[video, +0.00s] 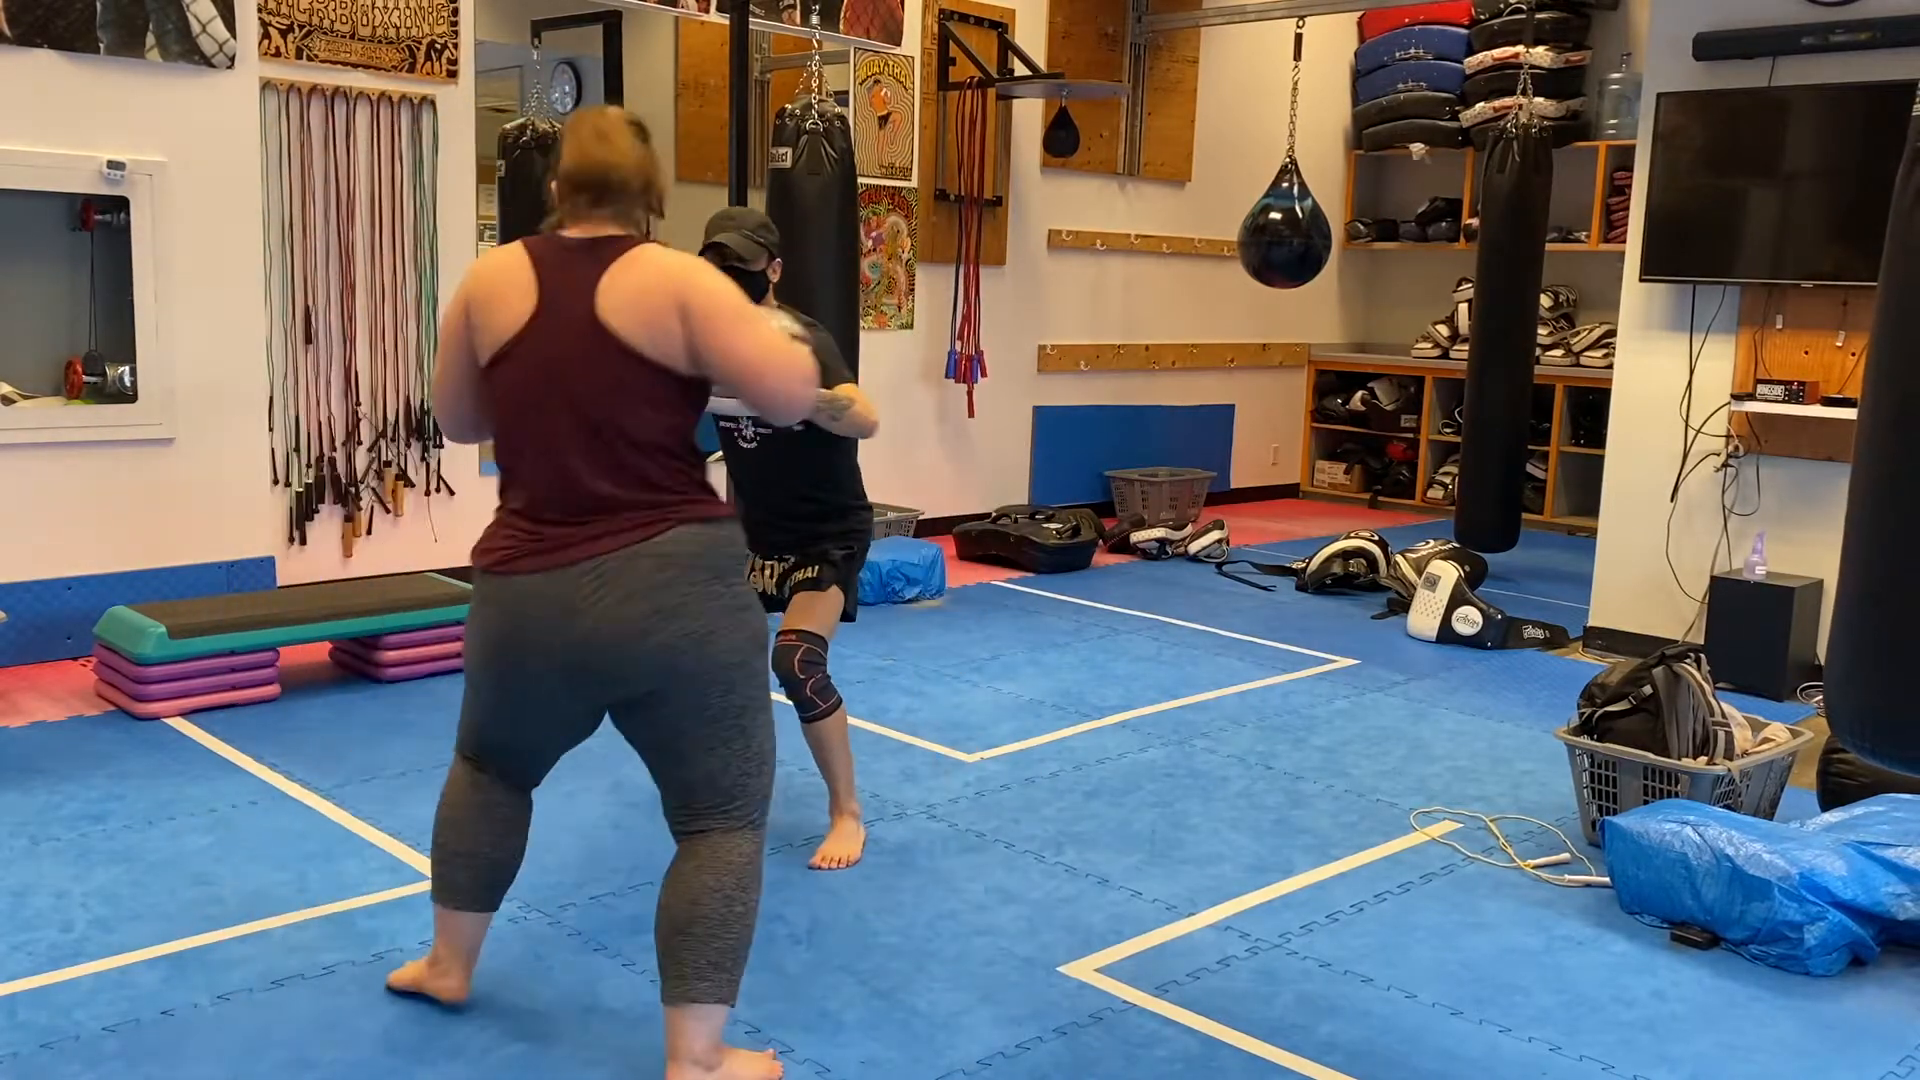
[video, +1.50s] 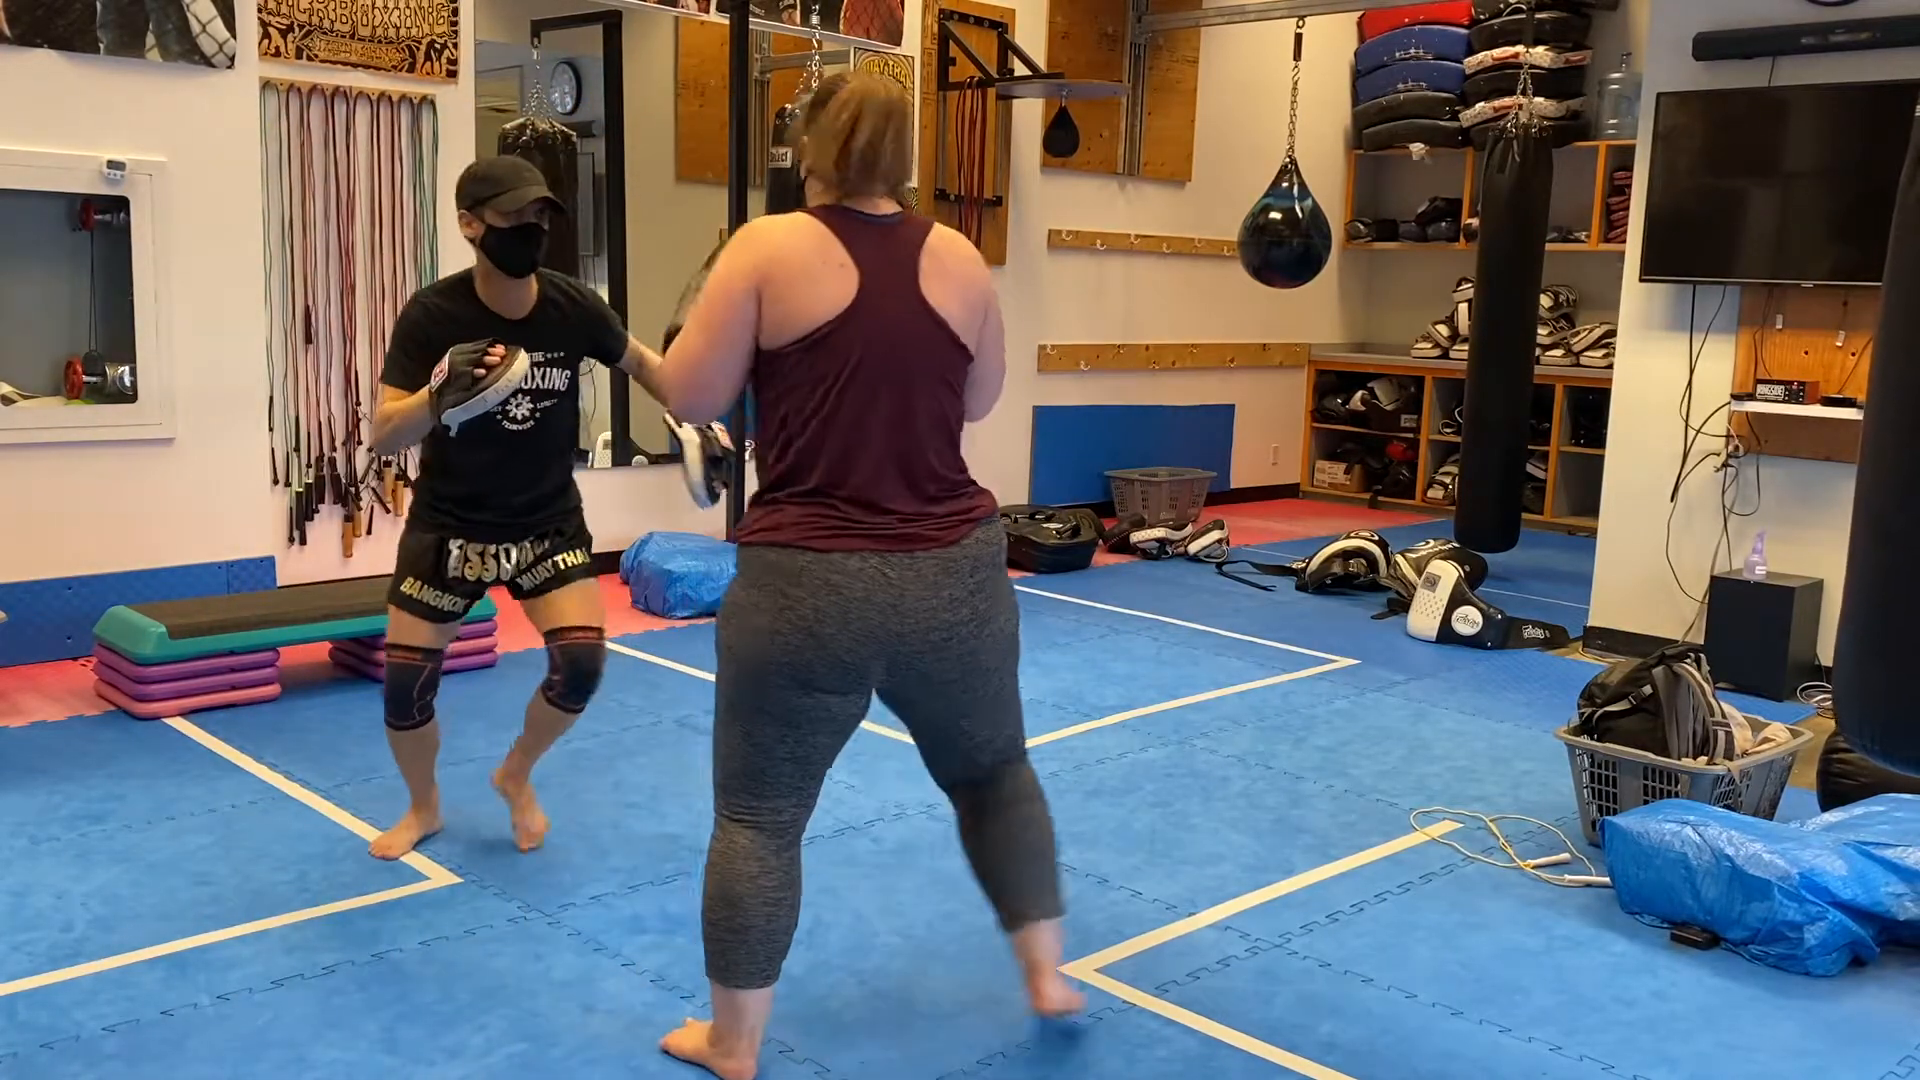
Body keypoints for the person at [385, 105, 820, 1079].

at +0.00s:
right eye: (651, 187)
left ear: (557, 188)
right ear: (650, 192)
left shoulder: (486, 279)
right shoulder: (679, 280)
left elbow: (456, 414)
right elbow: (790, 391)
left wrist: (547, 379)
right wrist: (770, 331)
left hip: (526, 593)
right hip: (674, 583)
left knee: (492, 765)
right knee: (719, 820)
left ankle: (450, 963)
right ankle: (696, 1055)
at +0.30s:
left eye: (570, 154)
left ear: (568, 162)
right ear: (659, 159)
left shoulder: (517, 252)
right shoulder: (714, 249)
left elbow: (469, 404)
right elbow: (770, 335)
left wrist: (536, 350)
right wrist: (690, 286)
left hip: (545, 565)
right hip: (699, 557)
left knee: (522, 778)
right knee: (696, 805)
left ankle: (510, 987)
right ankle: (696, 1052)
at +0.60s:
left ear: (585, 154)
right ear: (687, 160)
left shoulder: (530, 244)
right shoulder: (740, 258)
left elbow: (466, 378)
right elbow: (790, 407)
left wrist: (562, 357)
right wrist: (834, 428)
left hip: (576, 574)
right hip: (735, 564)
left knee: (549, 783)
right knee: (820, 758)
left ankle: (514, 986)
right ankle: (872, 974)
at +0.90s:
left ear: (736, 172)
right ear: (835, 173)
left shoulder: (678, 278)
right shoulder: (885, 270)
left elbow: (635, 438)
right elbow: (952, 400)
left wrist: (694, 361)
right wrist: (910, 303)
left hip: (727, 599)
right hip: (883, 581)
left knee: (648, 800)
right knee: (900, 821)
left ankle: (557, 960)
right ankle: (928, 1058)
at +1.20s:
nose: (779, 153)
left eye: (784, 140)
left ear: (794, 146)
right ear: (892, 148)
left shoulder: (746, 253)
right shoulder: (947, 248)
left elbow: (692, 410)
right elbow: (973, 364)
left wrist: (664, 374)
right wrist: (880, 326)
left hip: (770, 574)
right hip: (924, 567)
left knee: (733, 800)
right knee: (917, 820)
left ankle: (731, 1025)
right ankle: (929, 1057)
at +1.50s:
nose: (800, 147)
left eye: (809, 133)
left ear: (815, 145)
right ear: (907, 150)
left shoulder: (763, 249)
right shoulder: (959, 259)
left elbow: (691, 393)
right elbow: (980, 396)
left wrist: (644, 346)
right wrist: (877, 353)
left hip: (803, 592)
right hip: (953, 590)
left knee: (759, 819)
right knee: (991, 768)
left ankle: (735, 1043)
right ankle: (1048, 980)